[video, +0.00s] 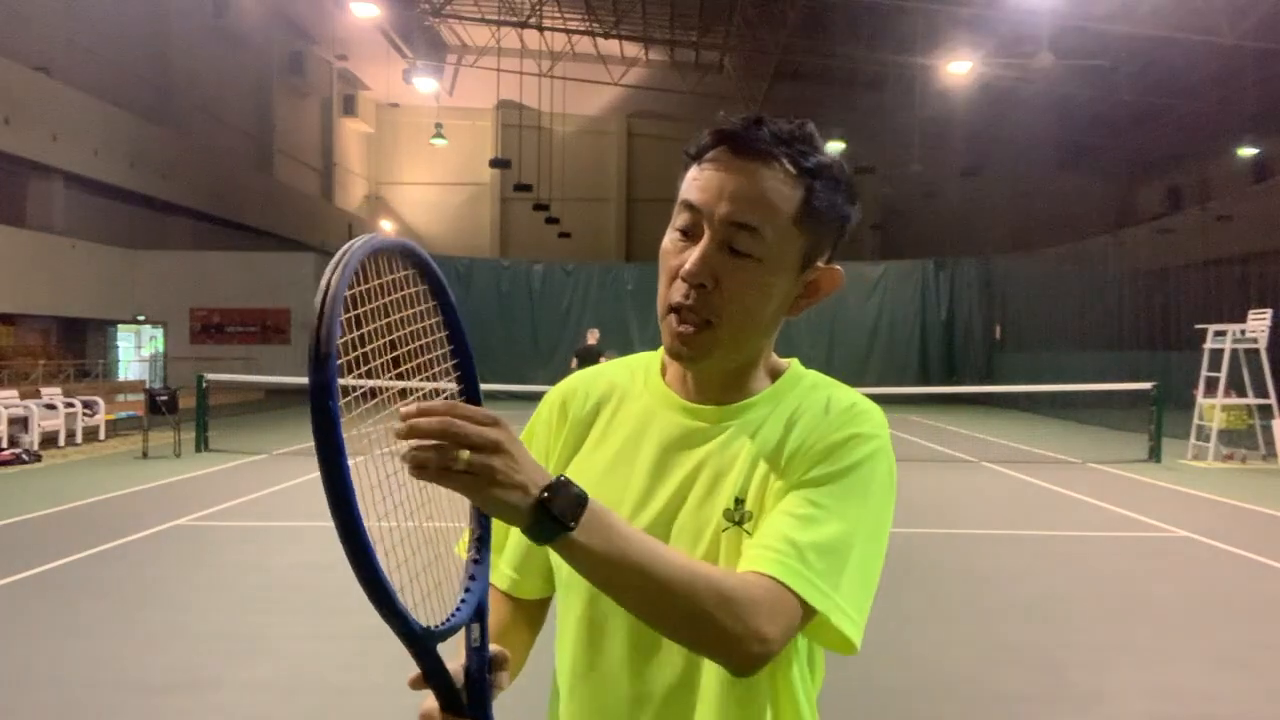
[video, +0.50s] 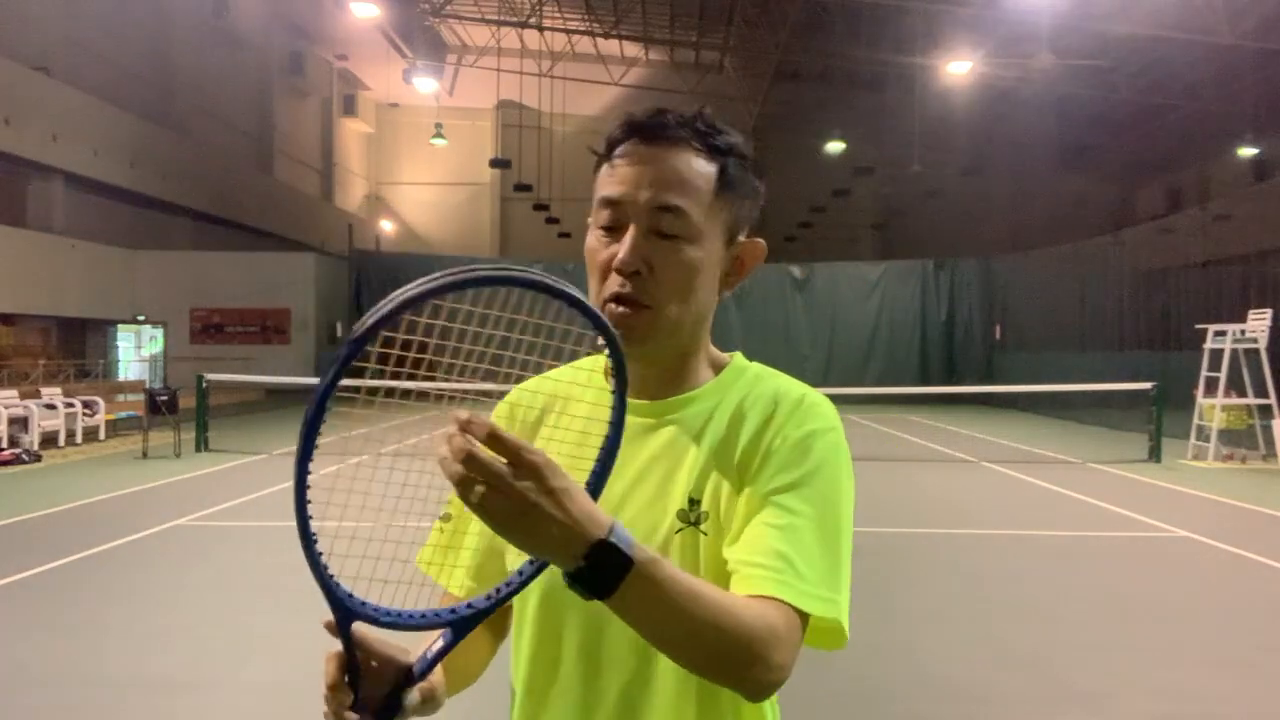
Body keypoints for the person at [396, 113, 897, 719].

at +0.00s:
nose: (692, 268)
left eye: (740, 247)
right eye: (686, 230)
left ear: (808, 290)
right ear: (665, 233)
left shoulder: (839, 432)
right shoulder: (576, 404)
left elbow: (751, 628)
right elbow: (511, 595)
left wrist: (544, 501)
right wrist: (476, 670)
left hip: (741, 715)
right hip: (584, 711)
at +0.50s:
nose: (626, 257)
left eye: (668, 229)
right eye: (610, 223)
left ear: (737, 263)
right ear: (585, 238)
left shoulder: (790, 424)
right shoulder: (535, 406)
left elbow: (762, 657)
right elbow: (473, 612)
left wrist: (586, 545)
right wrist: (420, 680)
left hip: (701, 714)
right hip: (546, 709)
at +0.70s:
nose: (603, 252)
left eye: (639, 225)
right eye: (579, 226)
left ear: (704, 253)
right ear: (552, 247)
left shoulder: (769, 417)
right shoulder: (507, 418)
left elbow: (792, 663)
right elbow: (439, 621)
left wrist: (650, 549)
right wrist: (397, 663)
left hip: (697, 711)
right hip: (537, 709)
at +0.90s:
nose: (593, 256)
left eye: (627, 225)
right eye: (566, 229)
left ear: (689, 253)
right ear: (538, 255)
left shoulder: (771, 421)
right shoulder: (493, 429)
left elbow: (821, 667)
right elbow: (437, 640)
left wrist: (694, 552)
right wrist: (423, 686)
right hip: (533, 707)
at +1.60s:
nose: (354, 262)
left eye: (384, 223)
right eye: (315, 230)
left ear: (438, 245)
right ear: (274, 258)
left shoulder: (498, 404)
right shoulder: (219, 439)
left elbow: (551, 592)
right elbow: (196, 697)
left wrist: (619, 712)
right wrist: (401, 628)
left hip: (499, 709)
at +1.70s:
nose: (354, 261)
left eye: (383, 223)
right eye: (312, 230)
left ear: (431, 248)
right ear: (267, 262)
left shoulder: (483, 405)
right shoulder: (210, 441)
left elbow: (525, 620)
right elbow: (192, 698)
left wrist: (595, 712)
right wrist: (408, 631)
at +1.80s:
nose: (364, 261)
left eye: (391, 224)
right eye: (322, 229)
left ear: (434, 248)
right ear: (271, 261)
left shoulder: (474, 403)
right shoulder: (210, 441)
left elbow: (505, 612)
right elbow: (195, 701)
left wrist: (585, 710)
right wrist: (412, 638)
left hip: (498, 707)